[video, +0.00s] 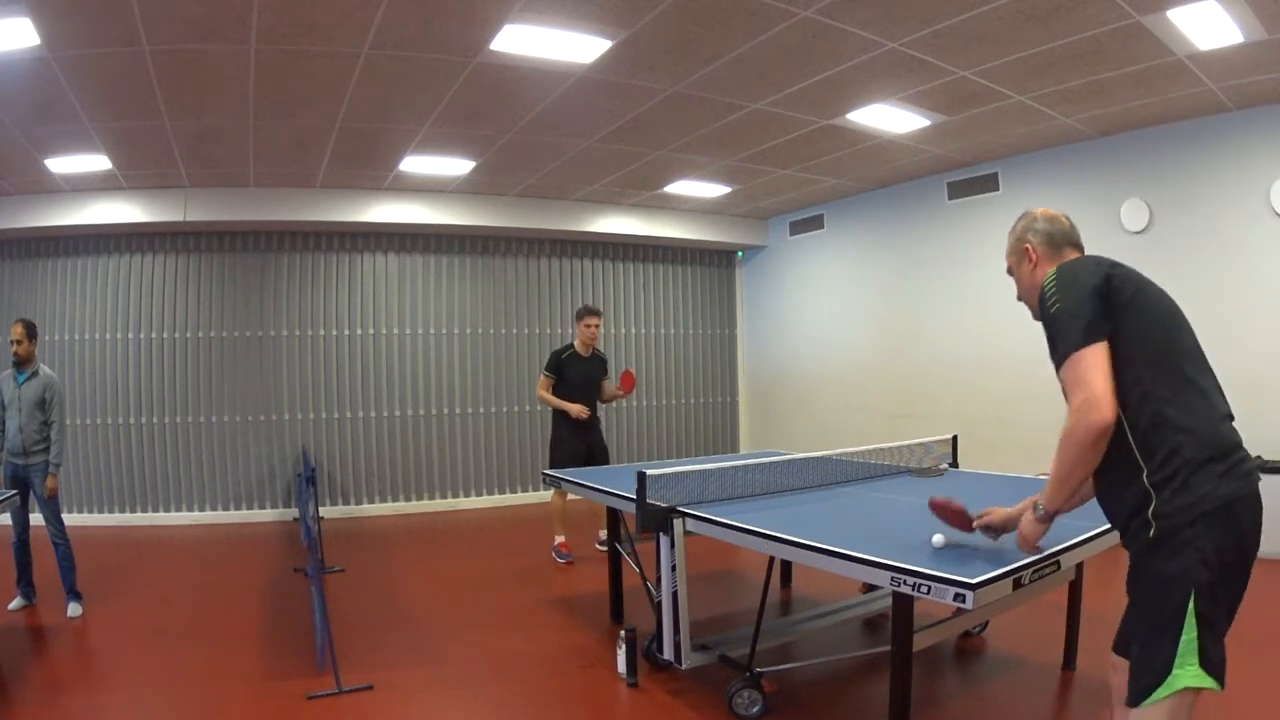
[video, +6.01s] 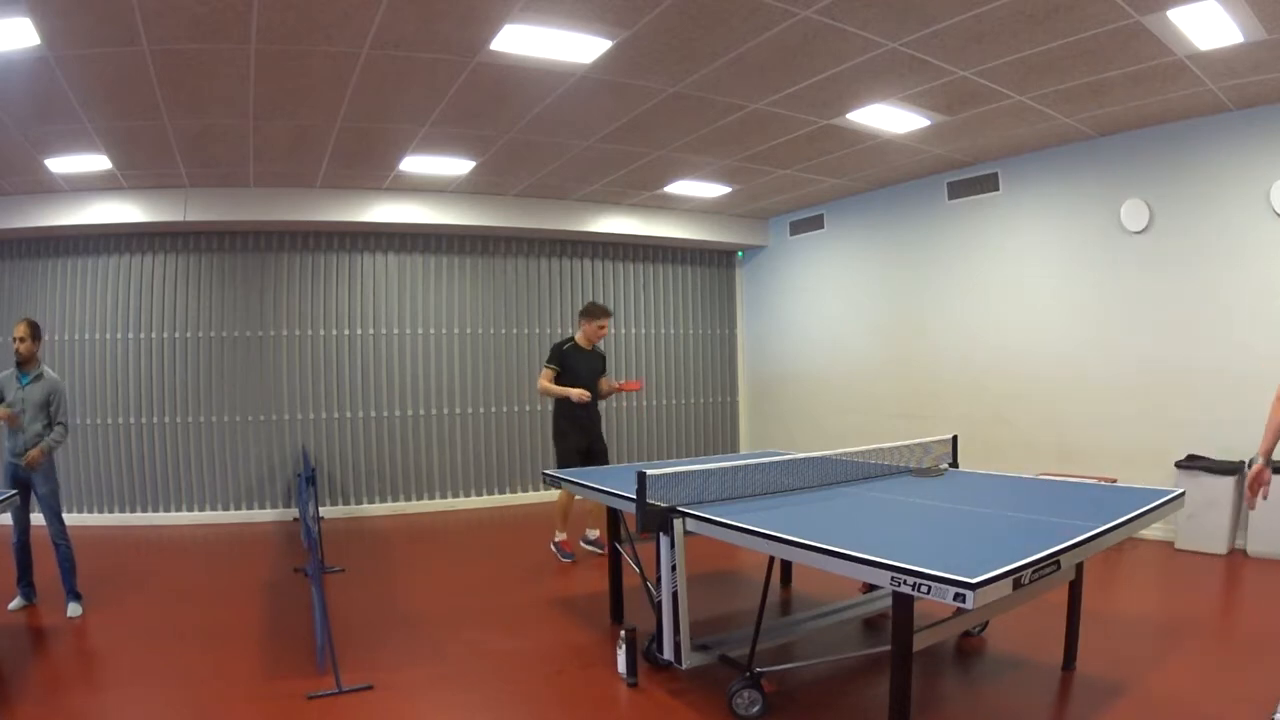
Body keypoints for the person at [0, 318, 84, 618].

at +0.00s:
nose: (14, 347)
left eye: (19, 342)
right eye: (11, 343)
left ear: (34, 344)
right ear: (10, 345)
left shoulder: (48, 380)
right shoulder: (5, 380)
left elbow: (57, 429)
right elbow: (2, 423)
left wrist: (53, 472)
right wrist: (2, 465)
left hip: (40, 465)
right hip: (12, 465)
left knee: (57, 533)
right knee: (19, 534)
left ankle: (73, 596)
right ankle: (26, 593)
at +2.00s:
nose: (23, 342)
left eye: (30, 338)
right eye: (22, 337)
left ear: (44, 344)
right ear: (20, 341)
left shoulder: (56, 386)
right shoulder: (7, 379)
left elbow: (63, 430)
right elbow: (2, 415)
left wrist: (39, 444)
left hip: (42, 466)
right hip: (12, 465)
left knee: (56, 532)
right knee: (19, 533)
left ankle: (72, 596)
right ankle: (25, 593)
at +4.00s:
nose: (15, 348)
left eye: (21, 343)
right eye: (13, 343)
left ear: (36, 344)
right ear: (12, 345)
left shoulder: (51, 382)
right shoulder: (6, 381)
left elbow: (62, 427)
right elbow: (3, 426)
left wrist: (37, 444)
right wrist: (2, 466)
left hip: (41, 466)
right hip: (11, 466)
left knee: (56, 532)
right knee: (20, 533)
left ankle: (72, 596)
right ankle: (26, 593)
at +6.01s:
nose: (17, 345)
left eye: (23, 340)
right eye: (14, 340)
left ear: (37, 344)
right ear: (12, 344)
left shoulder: (52, 384)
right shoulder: (6, 381)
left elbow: (61, 428)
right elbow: (4, 411)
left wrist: (43, 449)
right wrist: (3, 414)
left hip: (40, 464)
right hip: (11, 465)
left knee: (57, 532)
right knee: (19, 533)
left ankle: (72, 596)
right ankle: (26, 593)